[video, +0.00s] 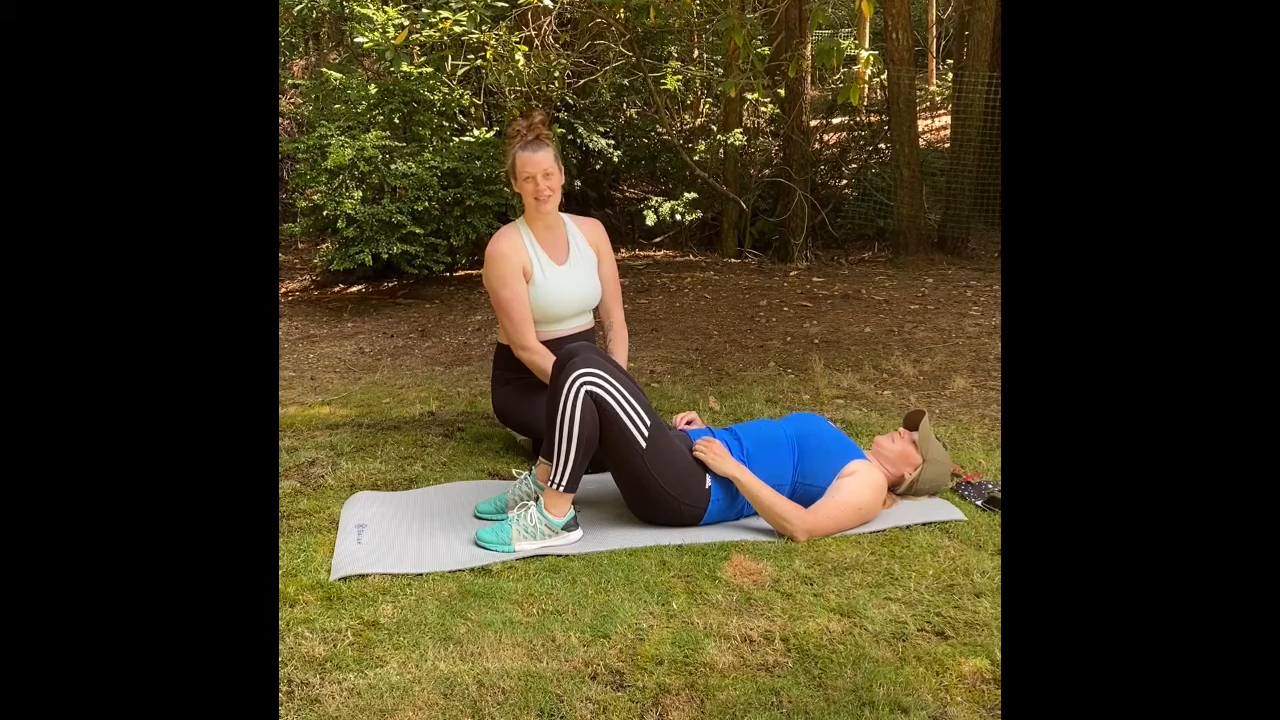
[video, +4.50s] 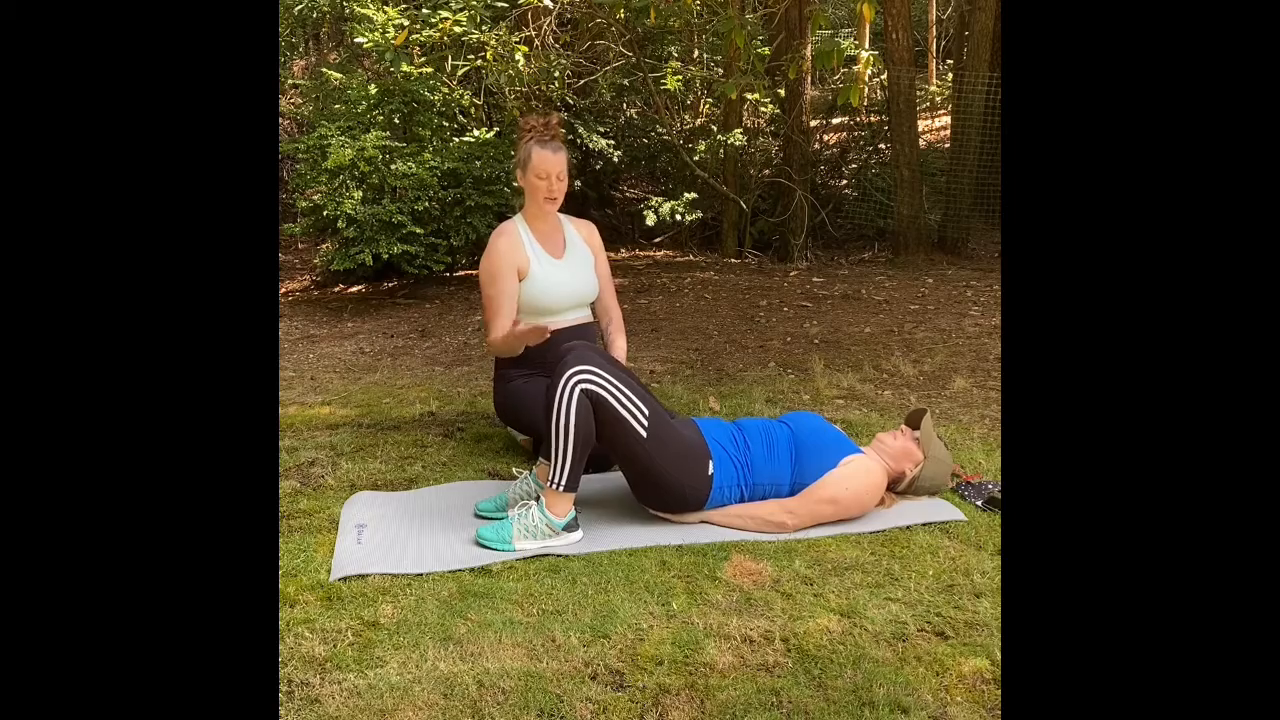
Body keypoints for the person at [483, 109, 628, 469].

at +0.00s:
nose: (541, 187)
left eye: (548, 174)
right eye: (529, 179)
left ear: (562, 175)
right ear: (515, 185)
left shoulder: (591, 232)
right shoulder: (505, 248)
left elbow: (614, 321)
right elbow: (524, 346)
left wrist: (614, 384)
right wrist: (585, 396)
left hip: (584, 366)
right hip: (523, 382)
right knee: (601, 445)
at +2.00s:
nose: (562, 191)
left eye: (570, 181)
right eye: (551, 179)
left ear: (579, 183)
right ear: (530, 179)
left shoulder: (592, 233)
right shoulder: (508, 247)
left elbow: (614, 322)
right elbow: (524, 347)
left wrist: (613, 385)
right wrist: (588, 396)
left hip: (584, 367)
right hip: (524, 379)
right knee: (602, 446)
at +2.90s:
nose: (563, 196)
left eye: (571, 186)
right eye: (553, 185)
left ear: (580, 184)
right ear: (531, 181)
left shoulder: (593, 233)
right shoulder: (510, 246)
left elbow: (614, 322)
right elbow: (509, 350)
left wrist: (613, 382)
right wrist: (575, 389)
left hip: (585, 370)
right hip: (524, 381)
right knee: (606, 447)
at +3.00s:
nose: (564, 196)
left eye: (573, 186)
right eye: (554, 185)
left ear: (581, 183)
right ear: (533, 181)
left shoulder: (595, 234)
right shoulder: (512, 246)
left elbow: (615, 321)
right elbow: (502, 346)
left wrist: (614, 380)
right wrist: (569, 384)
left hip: (585, 373)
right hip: (525, 384)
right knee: (610, 447)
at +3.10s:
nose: (565, 195)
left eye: (574, 185)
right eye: (555, 184)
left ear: (582, 183)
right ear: (533, 180)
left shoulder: (595, 234)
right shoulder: (512, 245)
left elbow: (615, 321)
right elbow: (499, 346)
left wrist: (614, 380)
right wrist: (563, 386)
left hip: (586, 372)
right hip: (525, 382)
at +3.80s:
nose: (552, 191)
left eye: (560, 180)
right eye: (541, 181)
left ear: (570, 178)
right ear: (523, 181)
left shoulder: (590, 233)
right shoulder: (509, 244)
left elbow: (614, 319)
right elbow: (502, 333)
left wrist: (616, 366)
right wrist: (517, 374)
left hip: (587, 366)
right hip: (527, 375)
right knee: (599, 448)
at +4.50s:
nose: (554, 187)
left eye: (561, 177)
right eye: (543, 177)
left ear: (568, 178)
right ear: (520, 178)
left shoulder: (585, 232)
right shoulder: (505, 243)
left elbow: (611, 318)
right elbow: (497, 342)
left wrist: (615, 366)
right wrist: (524, 337)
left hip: (585, 364)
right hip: (525, 375)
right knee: (604, 448)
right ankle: (536, 440)